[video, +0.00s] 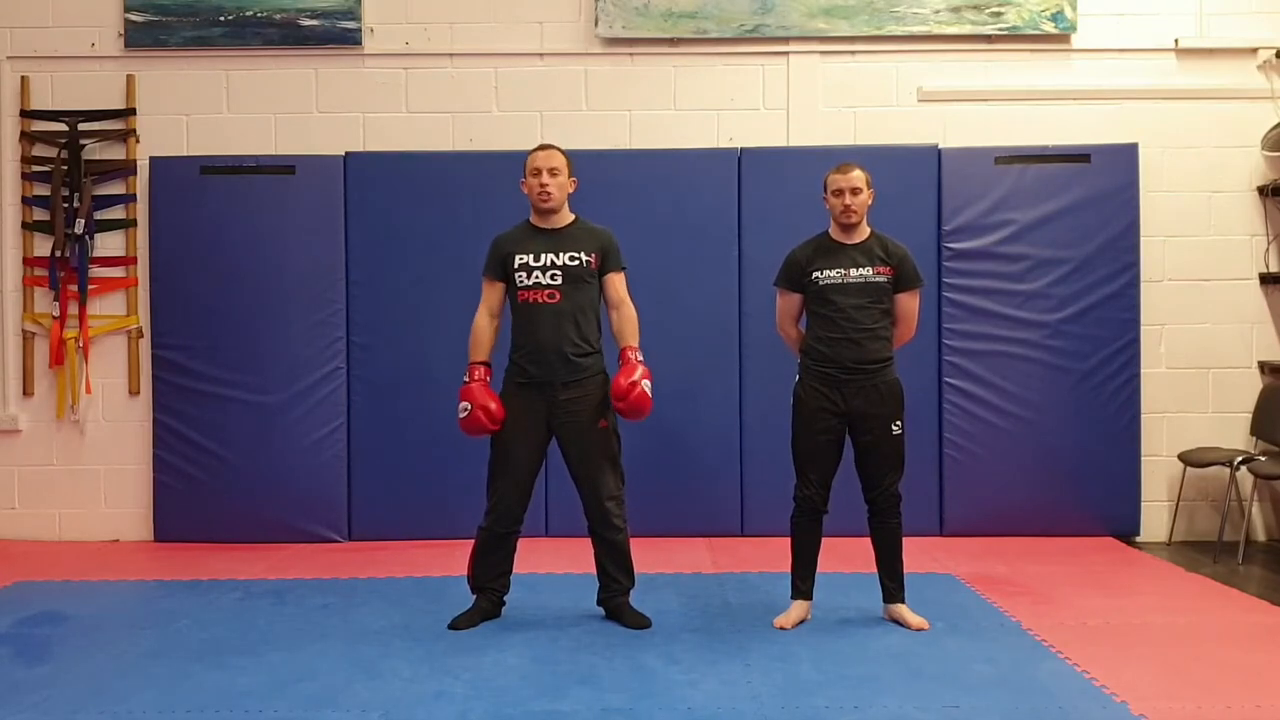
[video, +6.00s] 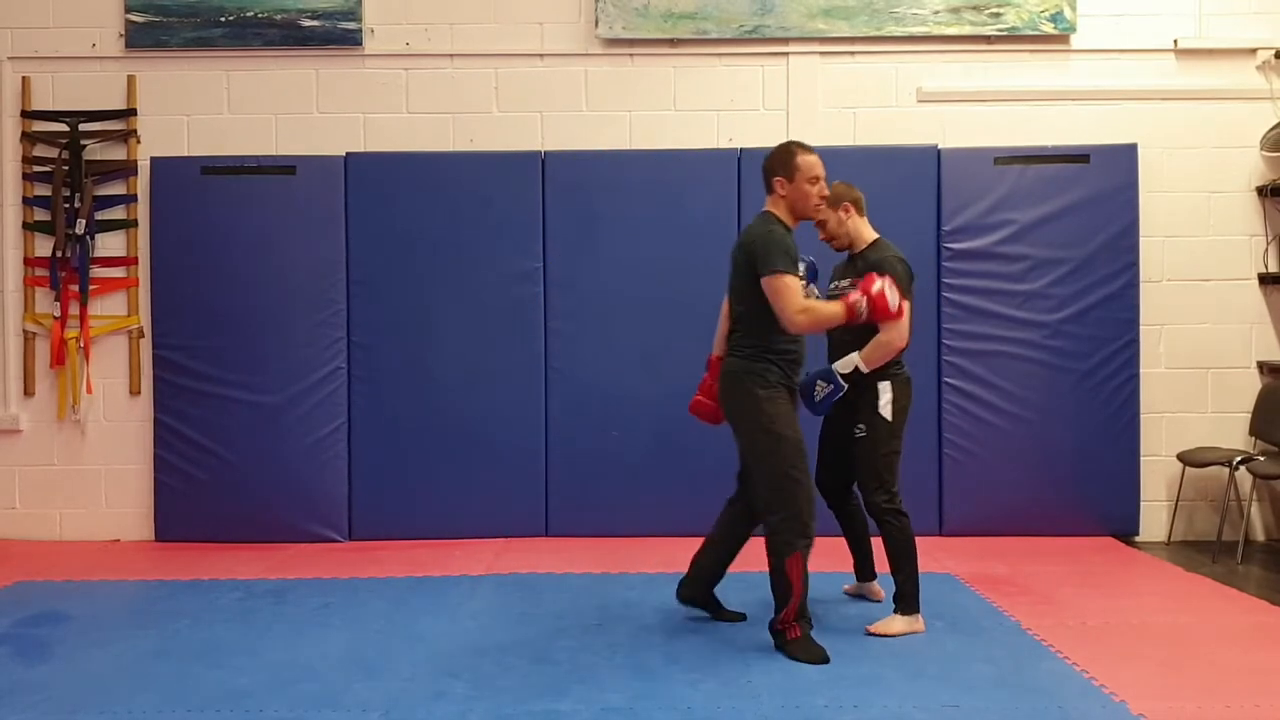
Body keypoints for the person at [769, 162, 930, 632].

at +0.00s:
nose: (847, 200)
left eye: (855, 191)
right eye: (838, 193)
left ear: (870, 197)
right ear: (826, 200)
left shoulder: (895, 257)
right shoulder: (803, 258)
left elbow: (906, 329)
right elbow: (786, 326)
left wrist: (864, 353)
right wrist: (821, 357)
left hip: (877, 391)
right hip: (818, 392)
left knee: (885, 498)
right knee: (809, 497)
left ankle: (894, 601)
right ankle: (801, 598)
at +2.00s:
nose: (847, 199)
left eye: (855, 190)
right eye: (838, 191)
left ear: (872, 196)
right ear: (827, 198)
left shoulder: (897, 256)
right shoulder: (805, 258)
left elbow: (908, 327)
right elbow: (787, 325)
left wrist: (866, 353)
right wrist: (822, 357)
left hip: (879, 392)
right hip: (820, 392)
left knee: (886, 499)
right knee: (810, 497)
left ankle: (894, 601)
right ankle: (801, 599)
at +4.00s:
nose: (835, 202)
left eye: (845, 194)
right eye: (831, 194)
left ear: (871, 199)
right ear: (828, 199)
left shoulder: (900, 255)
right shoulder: (812, 259)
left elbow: (923, 322)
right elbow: (807, 325)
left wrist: (908, 376)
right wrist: (805, 376)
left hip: (884, 390)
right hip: (824, 391)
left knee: (888, 500)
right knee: (810, 496)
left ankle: (892, 600)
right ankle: (799, 597)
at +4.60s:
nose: (838, 210)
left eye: (846, 201)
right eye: (836, 201)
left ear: (875, 201)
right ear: (853, 202)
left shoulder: (901, 251)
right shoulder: (840, 254)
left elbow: (906, 320)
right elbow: (827, 327)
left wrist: (865, 338)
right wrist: (820, 308)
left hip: (884, 382)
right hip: (840, 381)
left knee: (884, 490)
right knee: (836, 488)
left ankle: (892, 602)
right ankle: (857, 590)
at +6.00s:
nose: (822, 233)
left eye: (824, 223)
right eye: (819, 225)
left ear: (849, 212)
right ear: (842, 215)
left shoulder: (889, 264)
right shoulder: (845, 266)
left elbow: (895, 337)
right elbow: (843, 326)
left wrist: (840, 372)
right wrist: (812, 297)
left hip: (881, 389)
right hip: (849, 389)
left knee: (881, 495)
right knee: (833, 482)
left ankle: (910, 611)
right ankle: (866, 579)